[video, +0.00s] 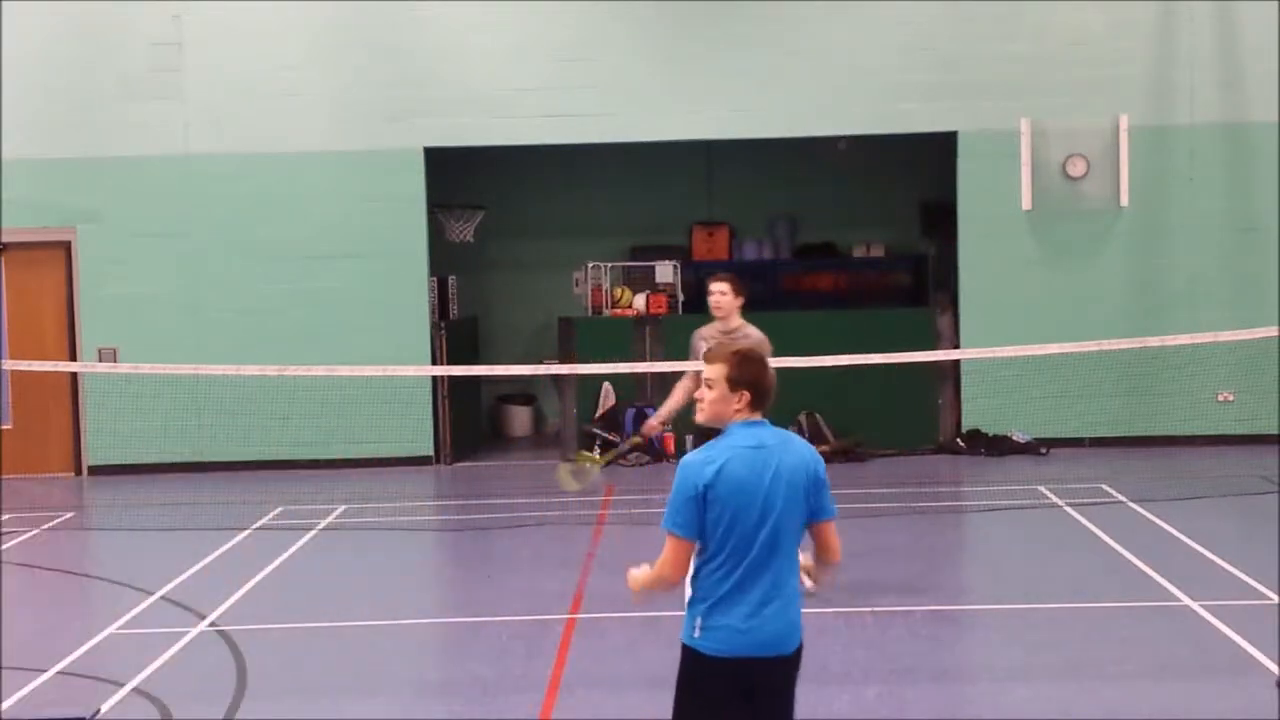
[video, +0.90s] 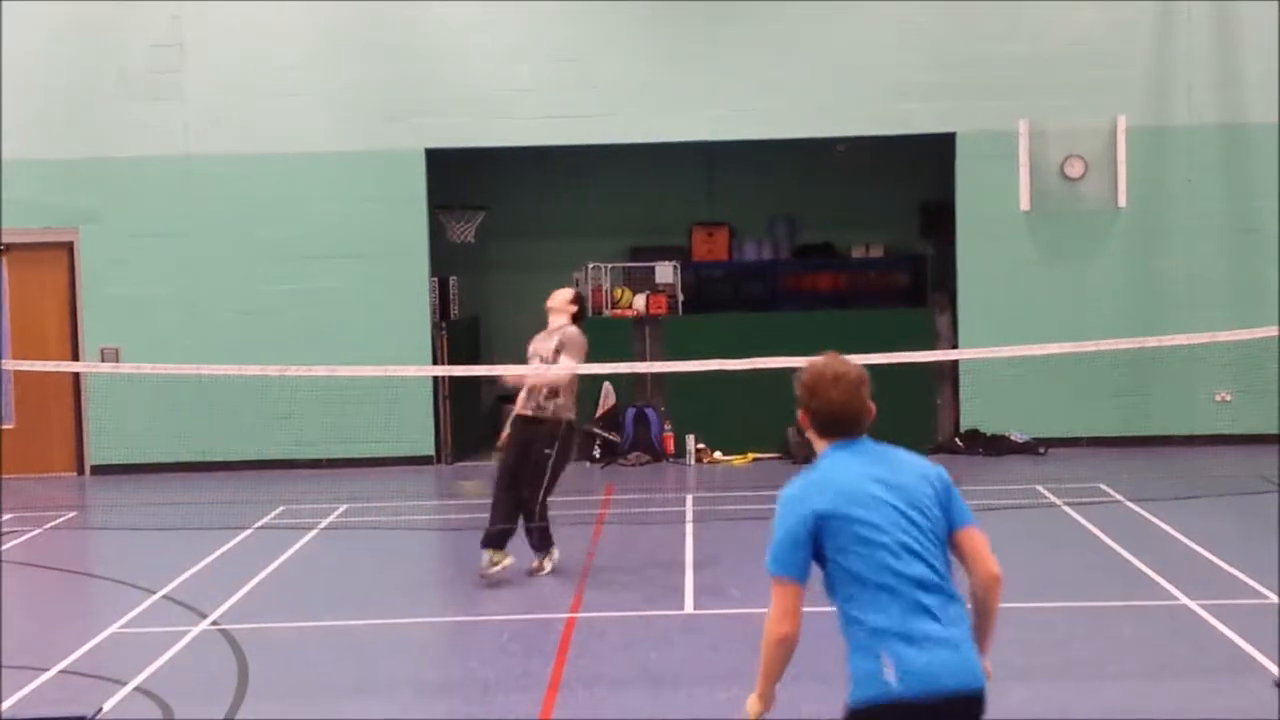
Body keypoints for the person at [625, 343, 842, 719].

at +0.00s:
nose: (697, 394)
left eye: (708, 386)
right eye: (701, 384)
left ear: (741, 399)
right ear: (744, 399)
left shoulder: (699, 465)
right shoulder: (804, 455)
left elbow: (671, 571)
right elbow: (829, 552)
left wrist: (644, 578)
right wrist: (812, 570)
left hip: (714, 648)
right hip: (780, 645)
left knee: (696, 713)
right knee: (774, 713)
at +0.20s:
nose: (699, 399)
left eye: (708, 389)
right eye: (702, 388)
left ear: (739, 399)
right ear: (744, 398)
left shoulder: (701, 469)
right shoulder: (817, 457)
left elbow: (677, 581)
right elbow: (852, 557)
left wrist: (661, 625)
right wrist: (840, 609)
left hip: (732, 662)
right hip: (805, 658)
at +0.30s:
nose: (714, 396)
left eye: (717, 386)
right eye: (715, 386)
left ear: (735, 393)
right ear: (777, 392)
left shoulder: (707, 468)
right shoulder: (825, 455)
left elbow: (682, 581)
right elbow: (858, 559)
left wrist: (674, 644)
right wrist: (846, 619)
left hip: (745, 661)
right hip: (820, 657)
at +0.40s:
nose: (730, 400)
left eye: (731, 393)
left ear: (737, 401)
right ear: (795, 397)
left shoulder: (717, 481)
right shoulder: (838, 464)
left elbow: (697, 596)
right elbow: (870, 571)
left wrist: (696, 671)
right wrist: (862, 627)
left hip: (759, 675)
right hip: (834, 672)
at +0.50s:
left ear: (751, 417)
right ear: (813, 410)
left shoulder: (735, 495)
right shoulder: (858, 478)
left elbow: (735, 612)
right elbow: (894, 587)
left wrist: (725, 700)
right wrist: (889, 649)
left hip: (778, 695)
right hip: (856, 689)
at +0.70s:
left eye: (773, 412)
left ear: (778, 421)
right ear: (842, 413)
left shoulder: (780, 493)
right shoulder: (898, 474)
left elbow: (780, 614)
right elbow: (947, 577)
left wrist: (755, 702)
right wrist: (940, 657)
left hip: (831, 695)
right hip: (909, 691)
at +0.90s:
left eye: (798, 412)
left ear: (803, 421)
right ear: (871, 413)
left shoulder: (805, 492)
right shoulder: (927, 473)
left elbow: (784, 629)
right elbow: (988, 574)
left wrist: (762, 696)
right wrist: (979, 651)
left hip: (886, 692)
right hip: (962, 685)